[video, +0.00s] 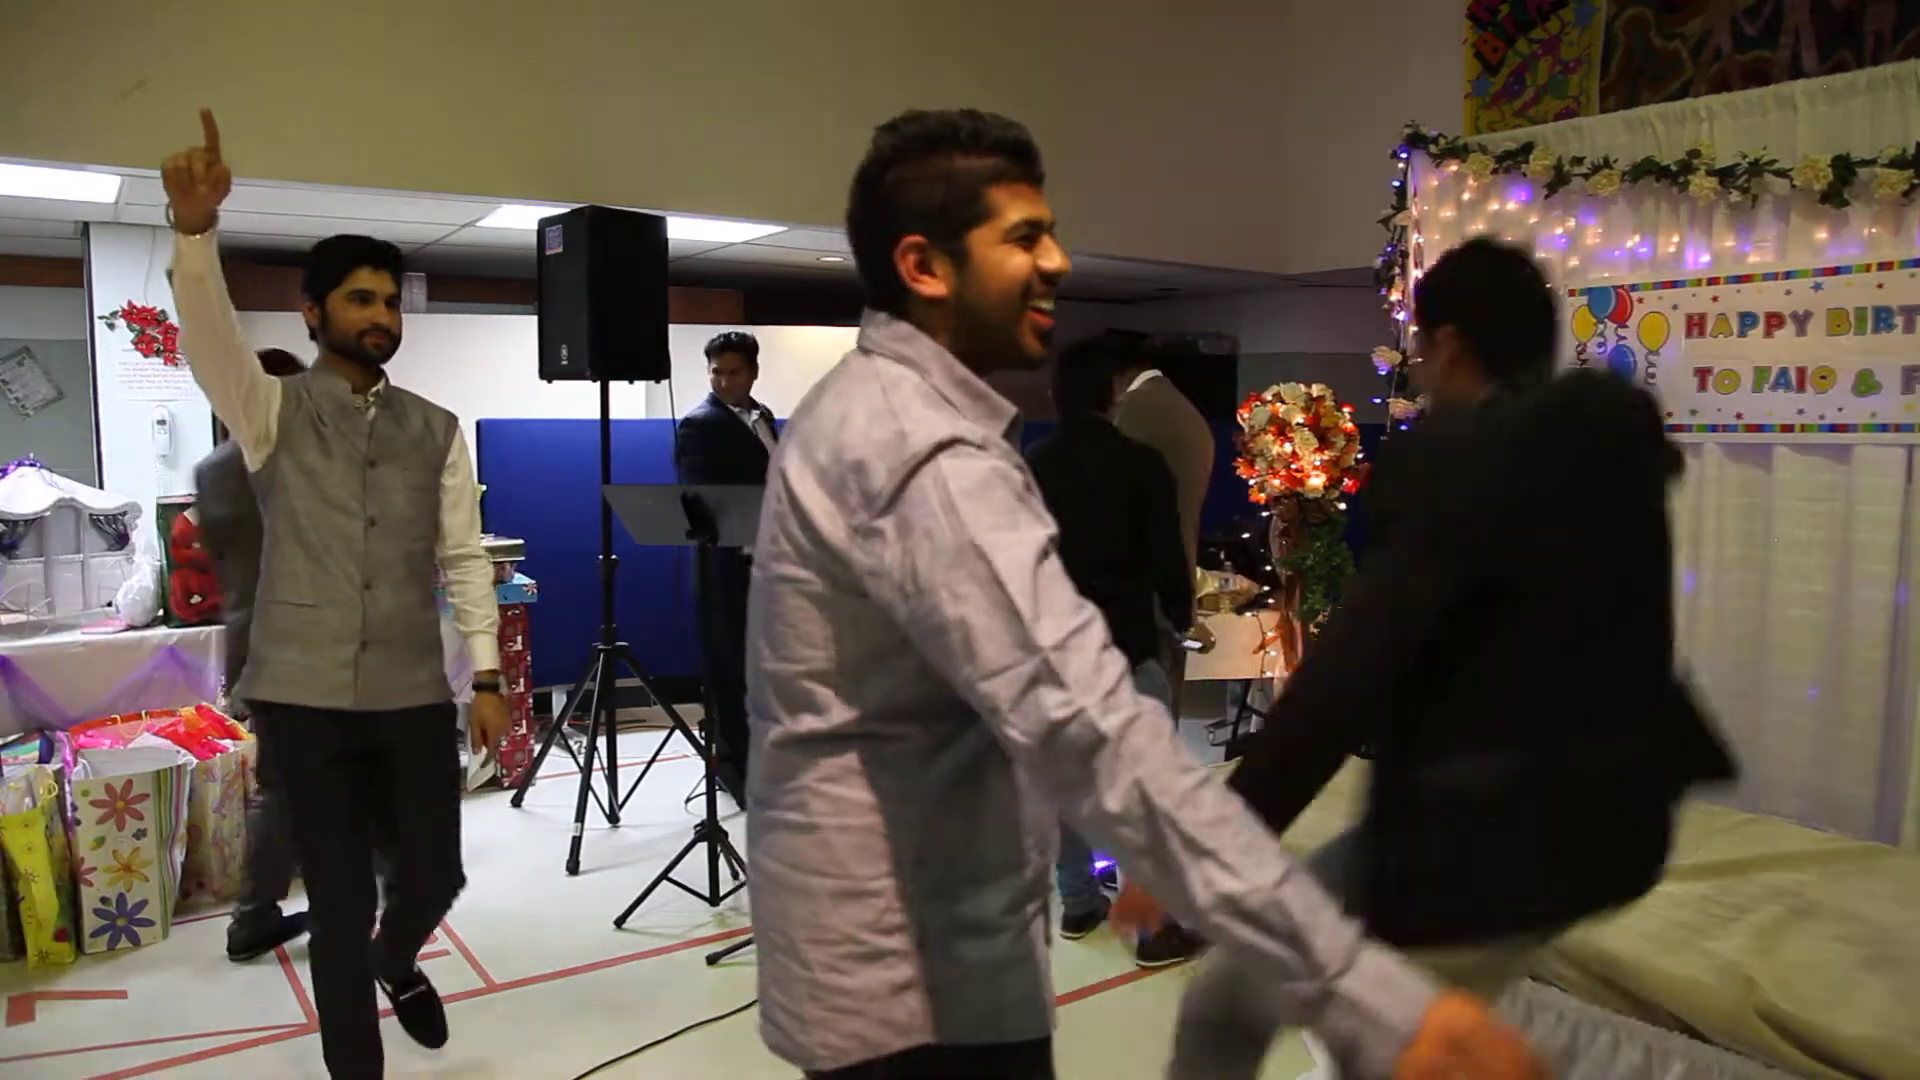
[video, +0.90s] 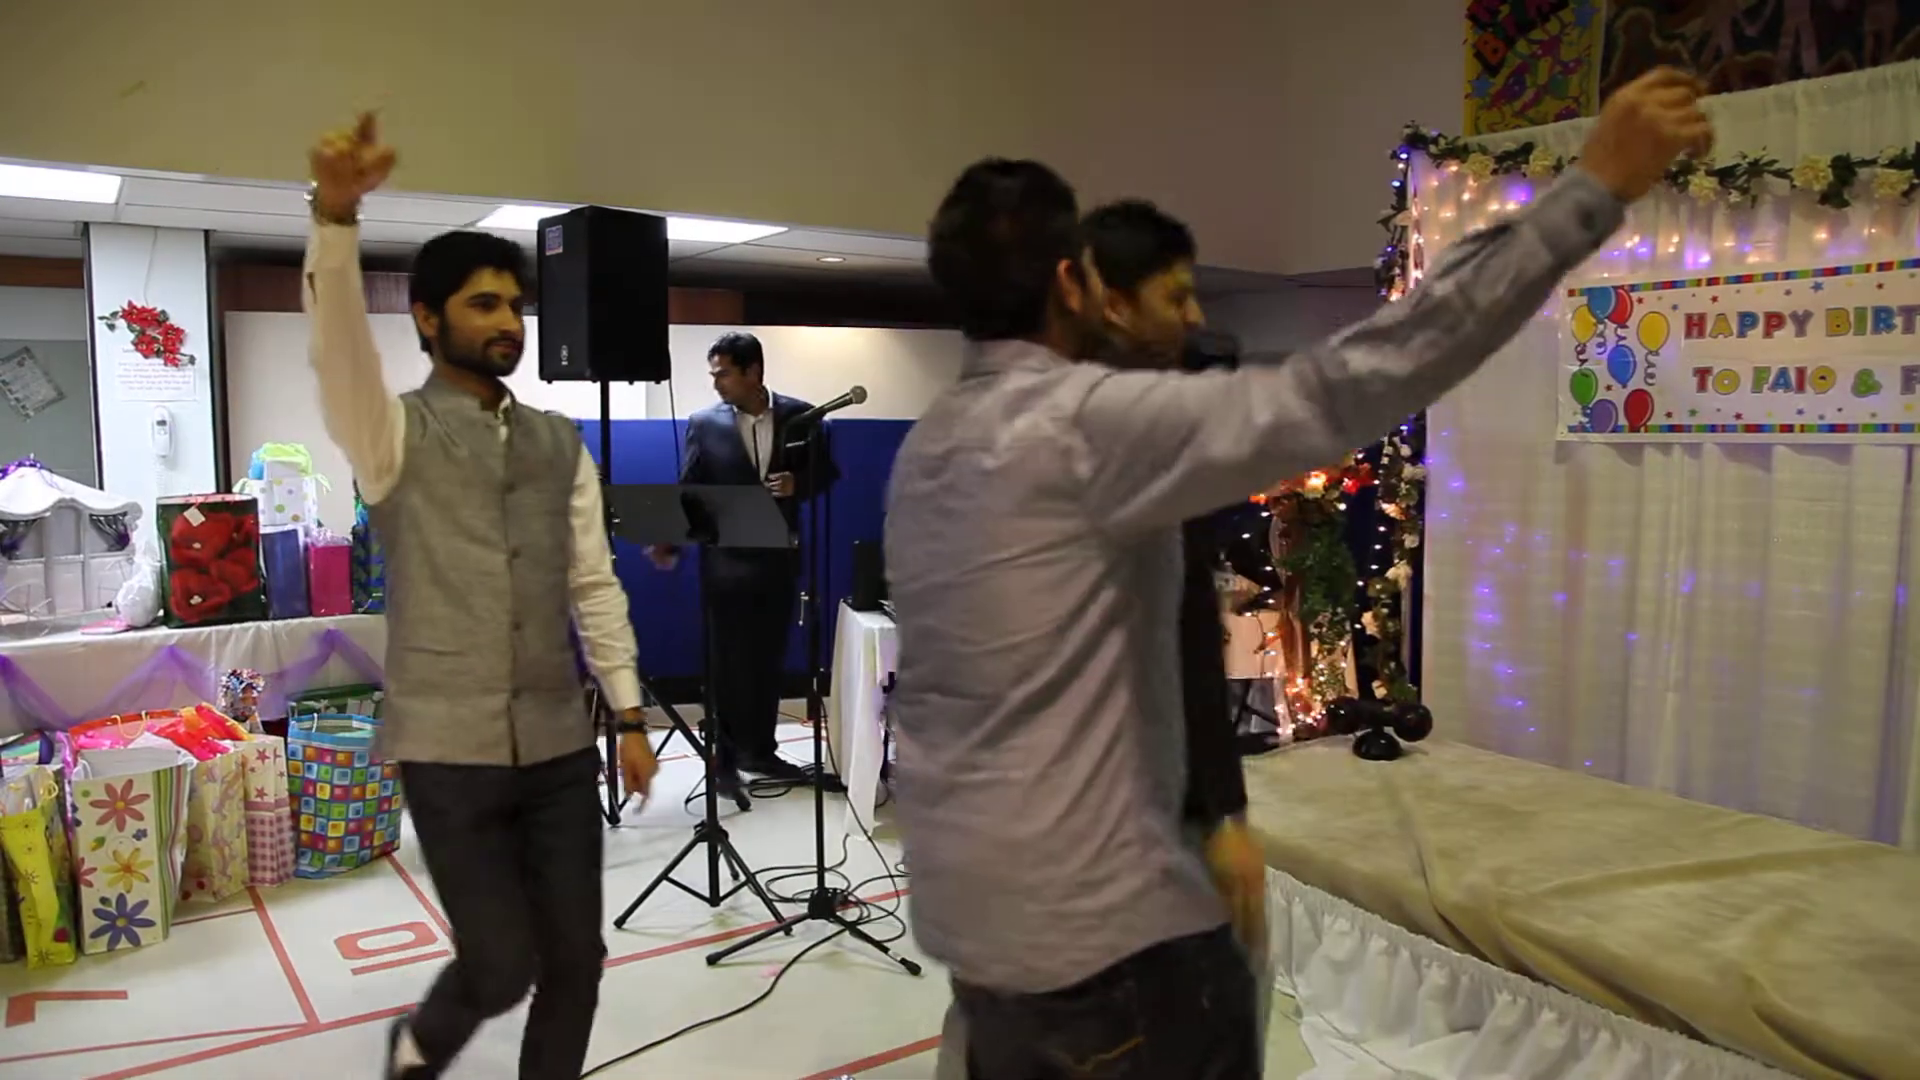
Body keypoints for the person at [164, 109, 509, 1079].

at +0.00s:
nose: (383, 316)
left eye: (393, 302)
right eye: (362, 298)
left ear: (404, 318)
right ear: (312, 312)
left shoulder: (437, 429)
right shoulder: (273, 409)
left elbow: (468, 559)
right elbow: (209, 336)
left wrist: (485, 676)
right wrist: (194, 229)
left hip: (413, 695)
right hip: (304, 695)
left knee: (436, 875)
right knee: (338, 905)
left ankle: (391, 961)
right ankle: (354, 1072)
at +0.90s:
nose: (504, 321)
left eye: (514, 305)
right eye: (481, 304)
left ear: (526, 320)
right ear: (428, 322)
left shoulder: (561, 443)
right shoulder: (395, 438)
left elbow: (594, 584)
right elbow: (339, 347)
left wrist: (628, 712)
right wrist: (334, 215)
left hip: (558, 740)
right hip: (446, 746)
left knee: (575, 961)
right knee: (503, 965)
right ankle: (418, 1051)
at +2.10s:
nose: (497, 255)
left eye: (504, 238)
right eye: (466, 236)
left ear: (511, 260)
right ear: (401, 257)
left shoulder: (533, 394)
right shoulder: (367, 389)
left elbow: (636, 451)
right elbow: (349, 256)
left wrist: (746, 486)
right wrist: (353, 70)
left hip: (547, 780)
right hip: (430, 794)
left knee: (580, 1035)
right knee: (492, 1060)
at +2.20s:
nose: (496, 261)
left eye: (504, 244)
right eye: (465, 239)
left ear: (511, 265)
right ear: (400, 256)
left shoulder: (525, 404)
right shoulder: (367, 406)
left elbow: (627, 420)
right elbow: (363, 256)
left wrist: (742, 416)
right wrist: (381, 64)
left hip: (553, 799)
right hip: (437, 821)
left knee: (618, 1043)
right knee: (506, 1069)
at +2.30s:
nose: (494, 266)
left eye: (502, 250)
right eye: (465, 244)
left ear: (509, 270)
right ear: (404, 261)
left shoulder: (512, 406)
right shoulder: (368, 413)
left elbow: (604, 406)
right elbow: (382, 267)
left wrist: (712, 357)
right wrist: (413, 57)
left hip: (546, 809)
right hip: (441, 835)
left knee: (637, 1051)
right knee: (511, 1073)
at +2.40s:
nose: (495, 268)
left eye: (501, 251)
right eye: (468, 246)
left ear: (510, 271)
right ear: (404, 268)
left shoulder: (503, 406)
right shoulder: (367, 419)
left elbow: (599, 384)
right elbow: (402, 265)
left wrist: (698, 310)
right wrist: (443, 49)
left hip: (541, 822)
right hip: (442, 846)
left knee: (640, 1052)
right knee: (511, 1075)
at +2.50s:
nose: (504, 266)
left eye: (502, 245)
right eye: (477, 247)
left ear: (503, 262)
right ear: (398, 268)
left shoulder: (493, 399)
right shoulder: (367, 425)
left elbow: (587, 367)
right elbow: (407, 267)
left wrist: (675, 283)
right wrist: (463, 47)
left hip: (535, 819)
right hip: (443, 843)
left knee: (639, 1046)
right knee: (504, 1072)